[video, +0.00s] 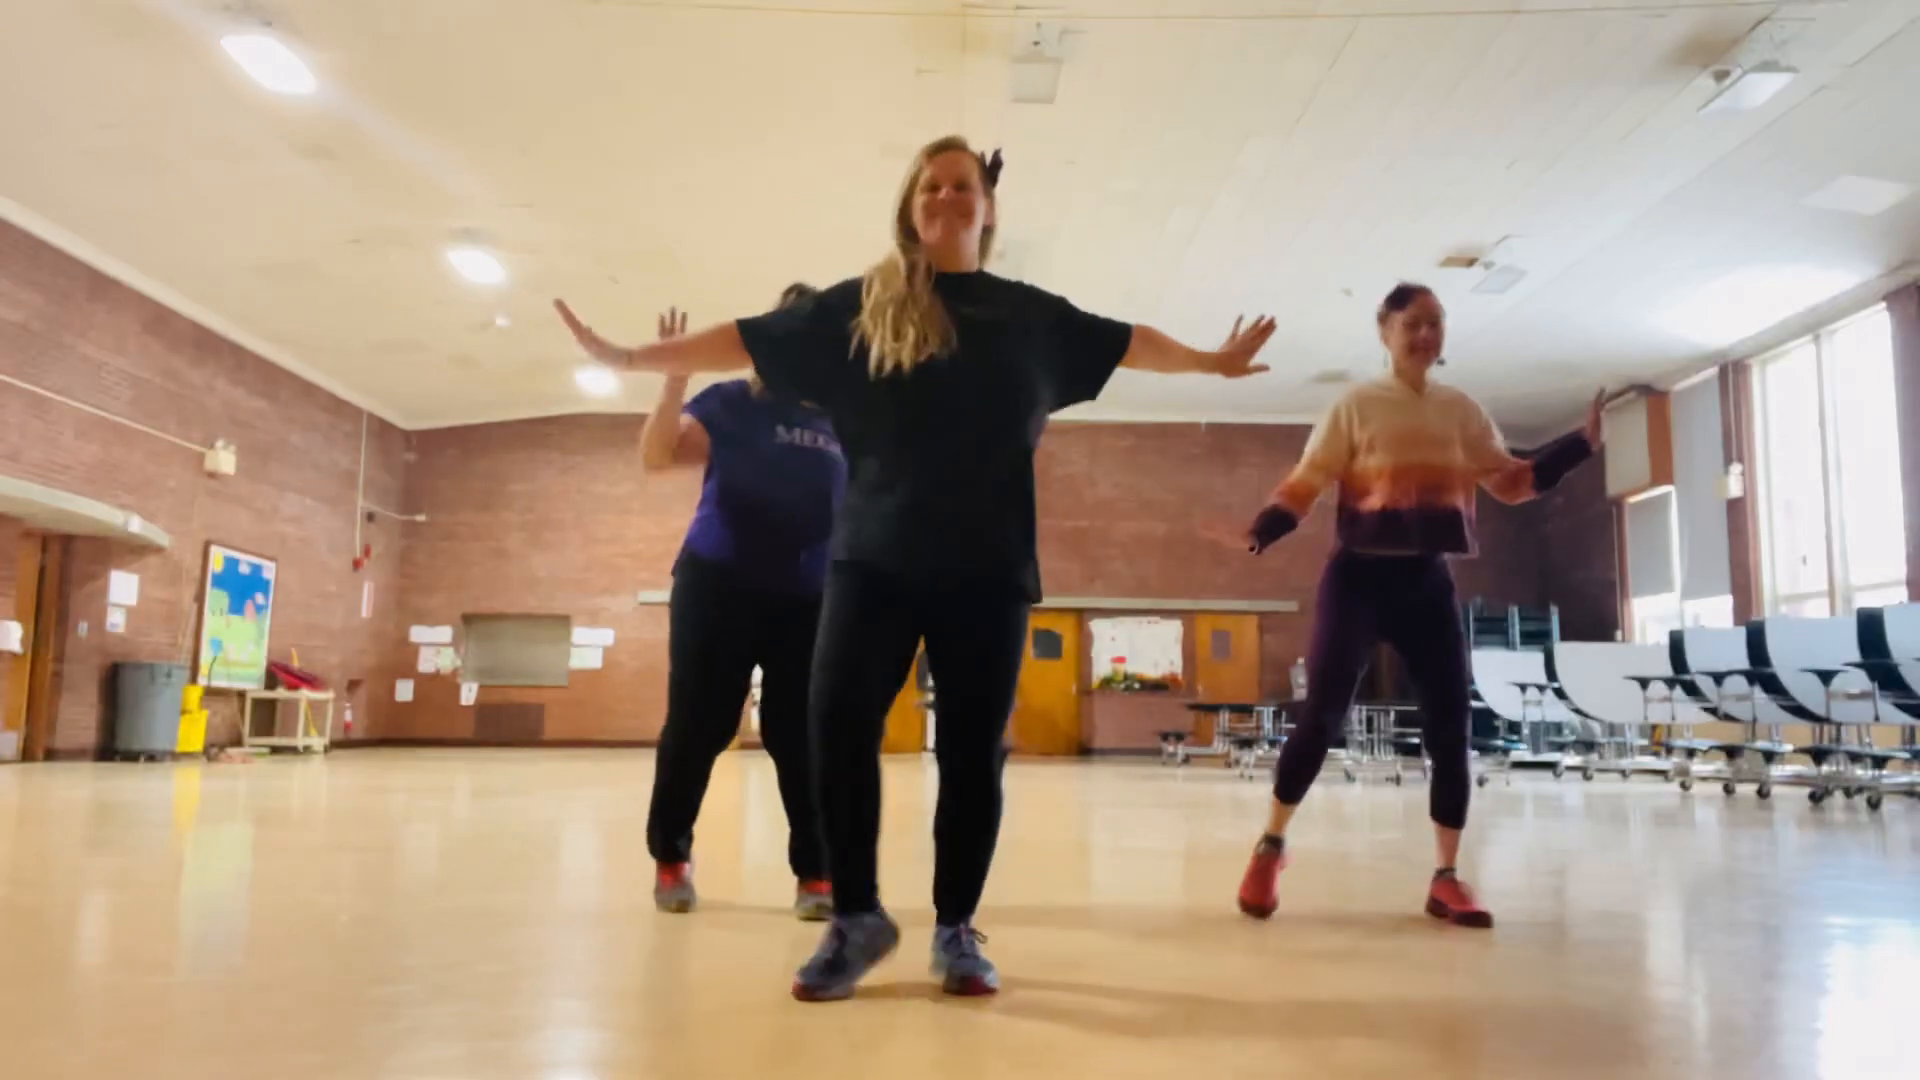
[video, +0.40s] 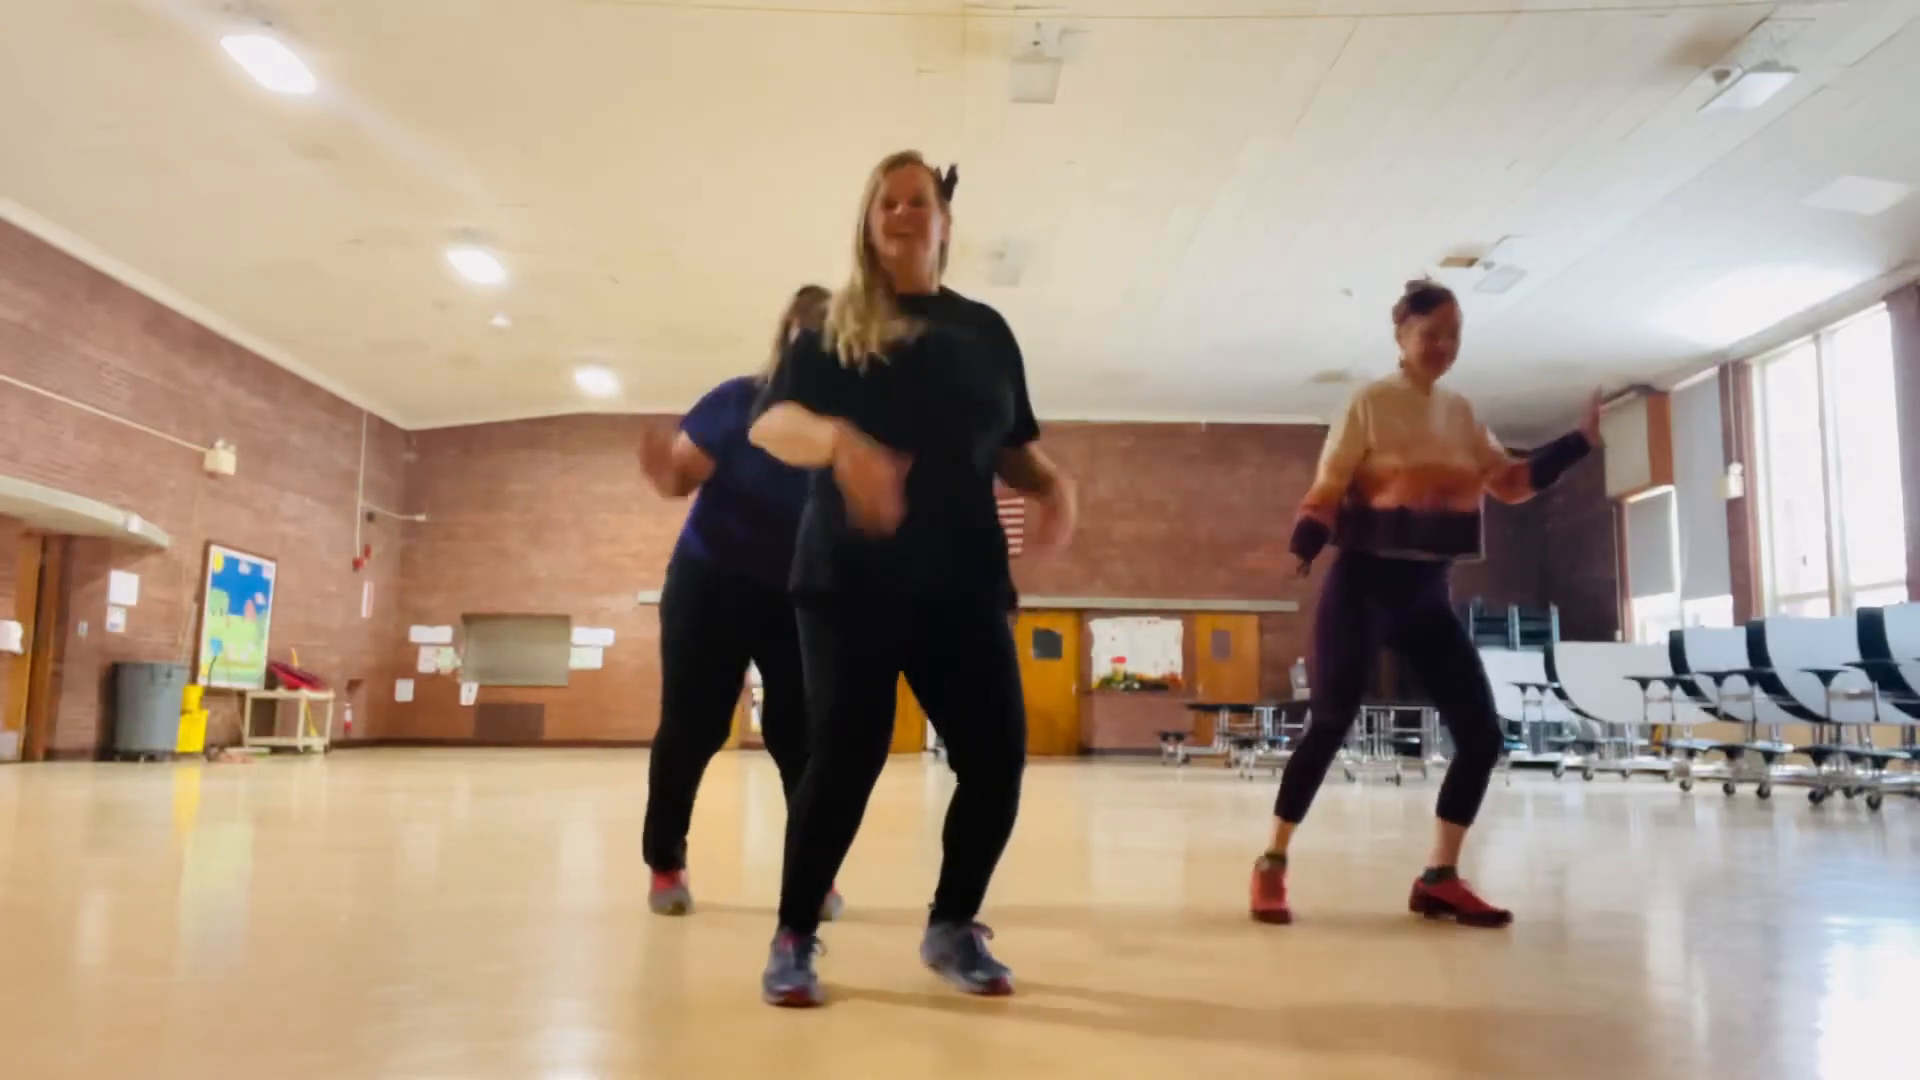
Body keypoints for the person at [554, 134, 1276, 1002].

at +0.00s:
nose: (952, 198)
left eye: (967, 186)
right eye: (936, 185)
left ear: (990, 210)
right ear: (909, 210)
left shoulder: (1028, 313)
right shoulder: (858, 309)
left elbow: (1125, 341)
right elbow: (743, 339)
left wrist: (1214, 362)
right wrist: (630, 355)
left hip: (987, 570)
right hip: (873, 564)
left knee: (972, 752)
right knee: (838, 727)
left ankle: (956, 927)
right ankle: (859, 918)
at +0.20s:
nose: (937, 176)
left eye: (951, 165)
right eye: (922, 165)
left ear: (976, 185)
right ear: (896, 186)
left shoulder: (1006, 289)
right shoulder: (852, 278)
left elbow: (1072, 359)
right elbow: (751, 338)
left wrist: (1163, 396)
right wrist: (712, 397)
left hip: (972, 550)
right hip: (862, 544)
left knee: (976, 743)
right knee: (836, 726)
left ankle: (959, 919)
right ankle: (808, 899)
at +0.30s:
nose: (920, 194)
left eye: (935, 183)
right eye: (905, 183)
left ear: (961, 204)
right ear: (879, 204)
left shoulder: (995, 310)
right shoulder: (832, 305)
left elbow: (1030, 417)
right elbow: (762, 398)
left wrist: (1095, 478)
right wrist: (787, 468)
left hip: (963, 562)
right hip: (856, 559)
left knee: (1002, 738)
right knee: (851, 739)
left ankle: (959, 910)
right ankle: (793, 926)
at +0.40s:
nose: (905, 214)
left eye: (919, 202)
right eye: (890, 204)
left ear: (947, 221)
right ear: (868, 225)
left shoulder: (984, 329)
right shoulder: (830, 329)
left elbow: (1009, 446)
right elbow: (772, 424)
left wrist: (1053, 483)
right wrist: (845, 446)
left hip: (958, 582)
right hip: (847, 584)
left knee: (995, 757)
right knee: (845, 757)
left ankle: (953, 928)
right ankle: (794, 938)